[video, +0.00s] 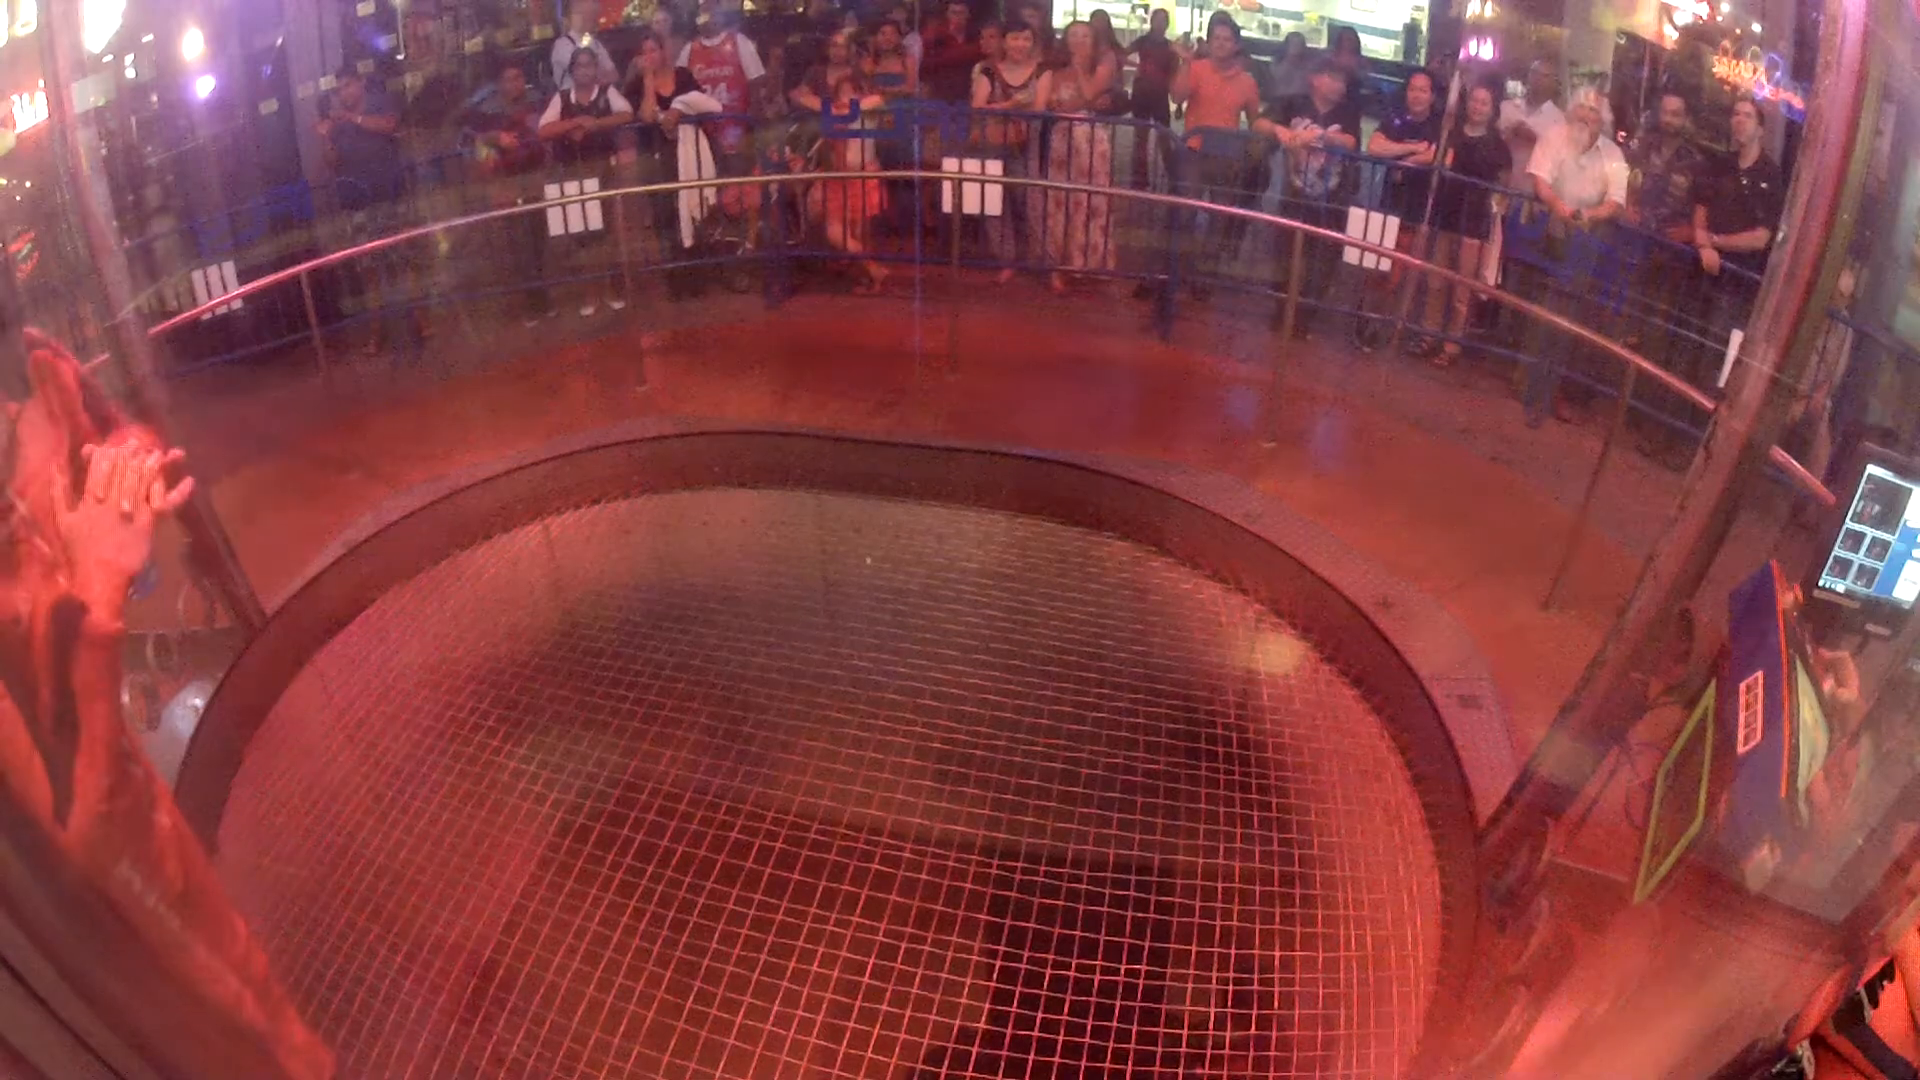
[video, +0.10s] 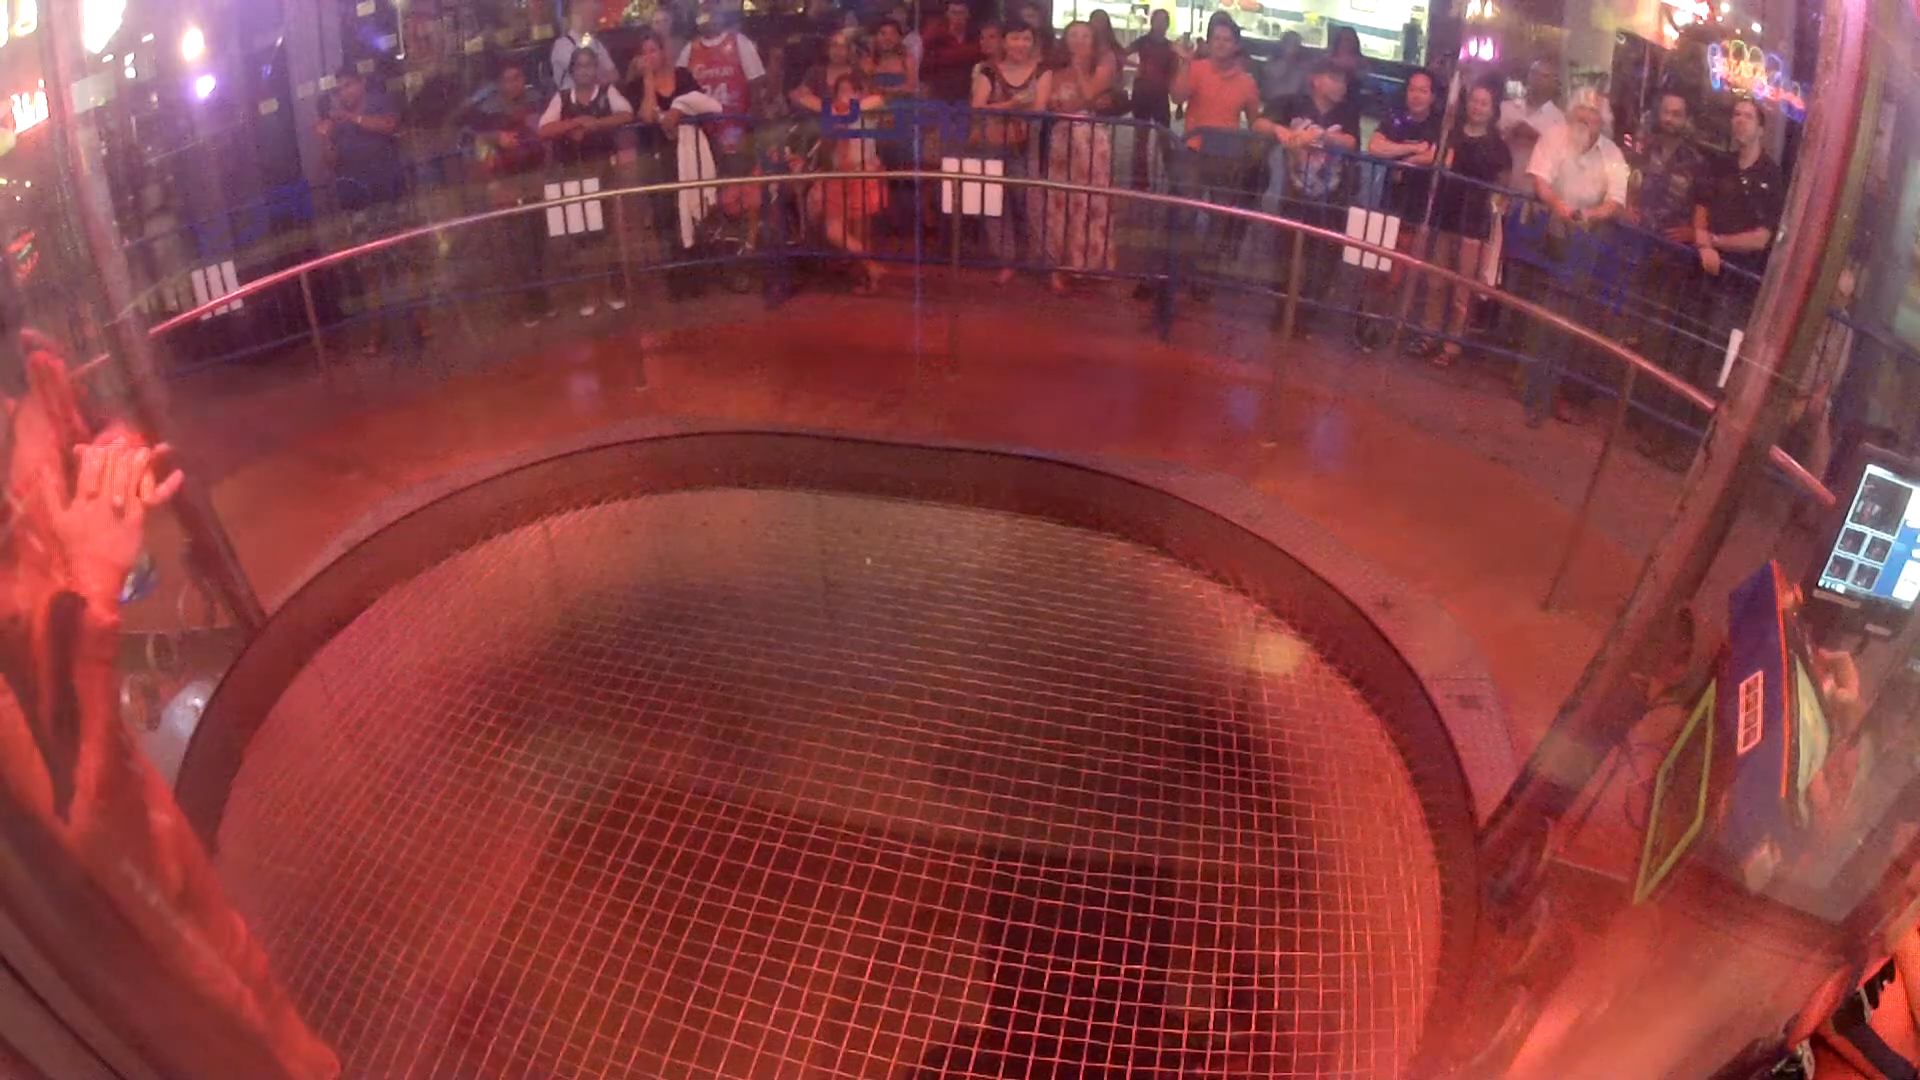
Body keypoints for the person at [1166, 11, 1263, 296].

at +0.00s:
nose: (1221, 44)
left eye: (1227, 39)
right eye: (1216, 38)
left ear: (1236, 44)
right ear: (1207, 41)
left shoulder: (1245, 80)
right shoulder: (1196, 69)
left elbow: (1256, 121)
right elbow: (1177, 96)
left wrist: (1256, 147)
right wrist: (1185, 63)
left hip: (1228, 151)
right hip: (1194, 146)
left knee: (1221, 214)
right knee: (1184, 209)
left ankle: (1205, 273)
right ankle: (1172, 269)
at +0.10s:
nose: (1221, 44)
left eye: (1227, 39)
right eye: (1216, 38)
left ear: (1237, 45)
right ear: (1208, 41)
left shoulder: (1245, 80)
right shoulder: (1196, 69)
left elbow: (1255, 120)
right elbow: (1178, 97)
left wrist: (1273, 133)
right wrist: (1184, 63)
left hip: (1227, 154)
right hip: (1193, 148)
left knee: (1220, 217)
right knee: (1183, 211)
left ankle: (1206, 275)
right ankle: (1171, 271)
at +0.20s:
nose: (1221, 44)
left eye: (1227, 39)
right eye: (1216, 38)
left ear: (1237, 45)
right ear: (1208, 41)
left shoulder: (1245, 80)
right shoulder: (1196, 69)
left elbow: (1256, 119)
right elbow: (1177, 97)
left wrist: (1272, 134)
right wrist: (1184, 63)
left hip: (1227, 153)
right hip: (1193, 148)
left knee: (1220, 216)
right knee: (1183, 210)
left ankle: (1206, 274)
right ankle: (1172, 270)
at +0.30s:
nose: (1220, 44)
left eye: (1226, 39)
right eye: (1215, 38)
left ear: (1236, 45)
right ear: (1207, 41)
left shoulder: (1245, 80)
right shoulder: (1196, 69)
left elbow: (1256, 119)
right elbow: (1178, 97)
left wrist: (1251, 145)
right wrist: (1184, 64)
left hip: (1228, 152)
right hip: (1194, 147)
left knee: (1220, 215)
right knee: (1183, 209)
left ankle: (1206, 274)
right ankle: (1172, 269)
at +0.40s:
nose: (1220, 44)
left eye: (1226, 39)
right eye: (1215, 38)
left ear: (1237, 45)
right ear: (1208, 41)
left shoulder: (1246, 81)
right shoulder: (1197, 69)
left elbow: (1254, 121)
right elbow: (1178, 96)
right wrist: (1184, 64)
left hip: (1227, 153)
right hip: (1194, 148)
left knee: (1222, 213)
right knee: (1185, 206)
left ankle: (1209, 270)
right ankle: (1173, 265)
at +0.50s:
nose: (1220, 43)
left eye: (1226, 39)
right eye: (1215, 38)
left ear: (1236, 45)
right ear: (1208, 41)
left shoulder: (1246, 81)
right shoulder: (1196, 69)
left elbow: (1254, 120)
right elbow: (1177, 97)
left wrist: (1276, 131)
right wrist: (1184, 64)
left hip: (1228, 153)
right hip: (1194, 148)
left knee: (1223, 213)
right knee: (1185, 205)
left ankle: (1209, 270)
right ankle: (1172, 265)